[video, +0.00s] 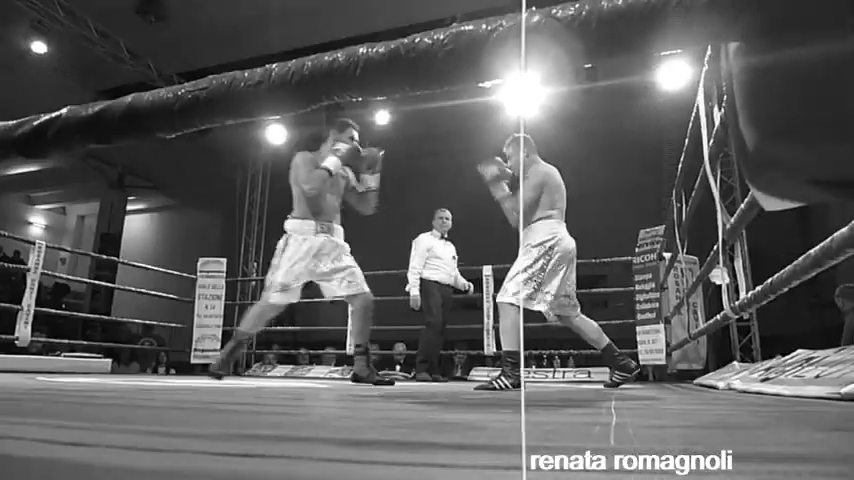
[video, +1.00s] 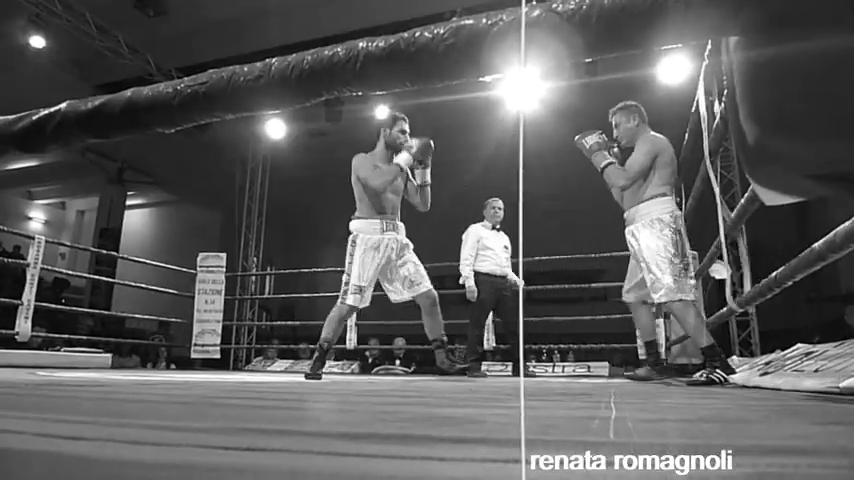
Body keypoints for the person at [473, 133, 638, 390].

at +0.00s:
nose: (508, 162)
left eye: (509, 156)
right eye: (506, 157)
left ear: (523, 151)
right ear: (529, 151)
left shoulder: (536, 173)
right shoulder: (548, 172)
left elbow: (515, 216)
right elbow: (526, 211)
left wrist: (496, 184)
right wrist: (509, 180)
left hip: (545, 242)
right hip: (562, 243)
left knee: (508, 300)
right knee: (567, 313)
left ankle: (511, 373)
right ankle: (620, 363)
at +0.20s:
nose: (516, 158)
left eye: (518, 151)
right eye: (515, 153)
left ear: (529, 147)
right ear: (533, 148)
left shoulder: (547, 166)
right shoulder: (532, 177)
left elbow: (501, 182)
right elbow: (493, 193)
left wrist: (501, 148)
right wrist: (466, 169)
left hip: (549, 239)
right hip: (550, 241)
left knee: (510, 297)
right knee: (571, 311)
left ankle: (510, 371)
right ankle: (634, 353)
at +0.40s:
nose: (543, 151)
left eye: (548, 146)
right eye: (543, 146)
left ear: (566, 147)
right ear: (566, 151)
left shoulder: (561, 169)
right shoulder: (575, 176)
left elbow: (514, 190)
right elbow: (538, 221)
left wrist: (488, 183)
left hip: (556, 244)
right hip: (574, 246)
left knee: (512, 298)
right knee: (564, 312)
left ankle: (509, 369)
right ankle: (620, 357)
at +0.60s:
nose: (576, 161)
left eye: (580, 155)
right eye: (575, 157)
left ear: (596, 153)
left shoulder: (605, 168)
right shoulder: (592, 188)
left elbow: (576, 202)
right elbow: (576, 232)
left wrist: (546, 192)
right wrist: (554, 209)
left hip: (606, 238)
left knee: (550, 282)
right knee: (588, 310)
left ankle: (557, 356)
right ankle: (629, 365)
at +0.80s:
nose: (606, 141)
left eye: (610, 135)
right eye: (605, 136)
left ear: (627, 132)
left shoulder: (641, 153)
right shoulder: (617, 170)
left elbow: (610, 178)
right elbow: (591, 209)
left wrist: (592, 152)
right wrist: (584, 173)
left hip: (631, 230)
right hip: (611, 235)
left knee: (622, 297)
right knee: (613, 303)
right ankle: (636, 366)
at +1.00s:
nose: (615, 133)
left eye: (618, 125)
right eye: (613, 128)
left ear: (636, 120)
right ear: (632, 125)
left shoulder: (651, 141)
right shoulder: (637, 154)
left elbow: (623, 179)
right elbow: (625, 199)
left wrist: (601, 155)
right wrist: (605, 162)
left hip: (658, 226)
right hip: (642, 230)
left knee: (672, 295)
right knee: (635, 295)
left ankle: (715, 360)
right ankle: (653, 361)